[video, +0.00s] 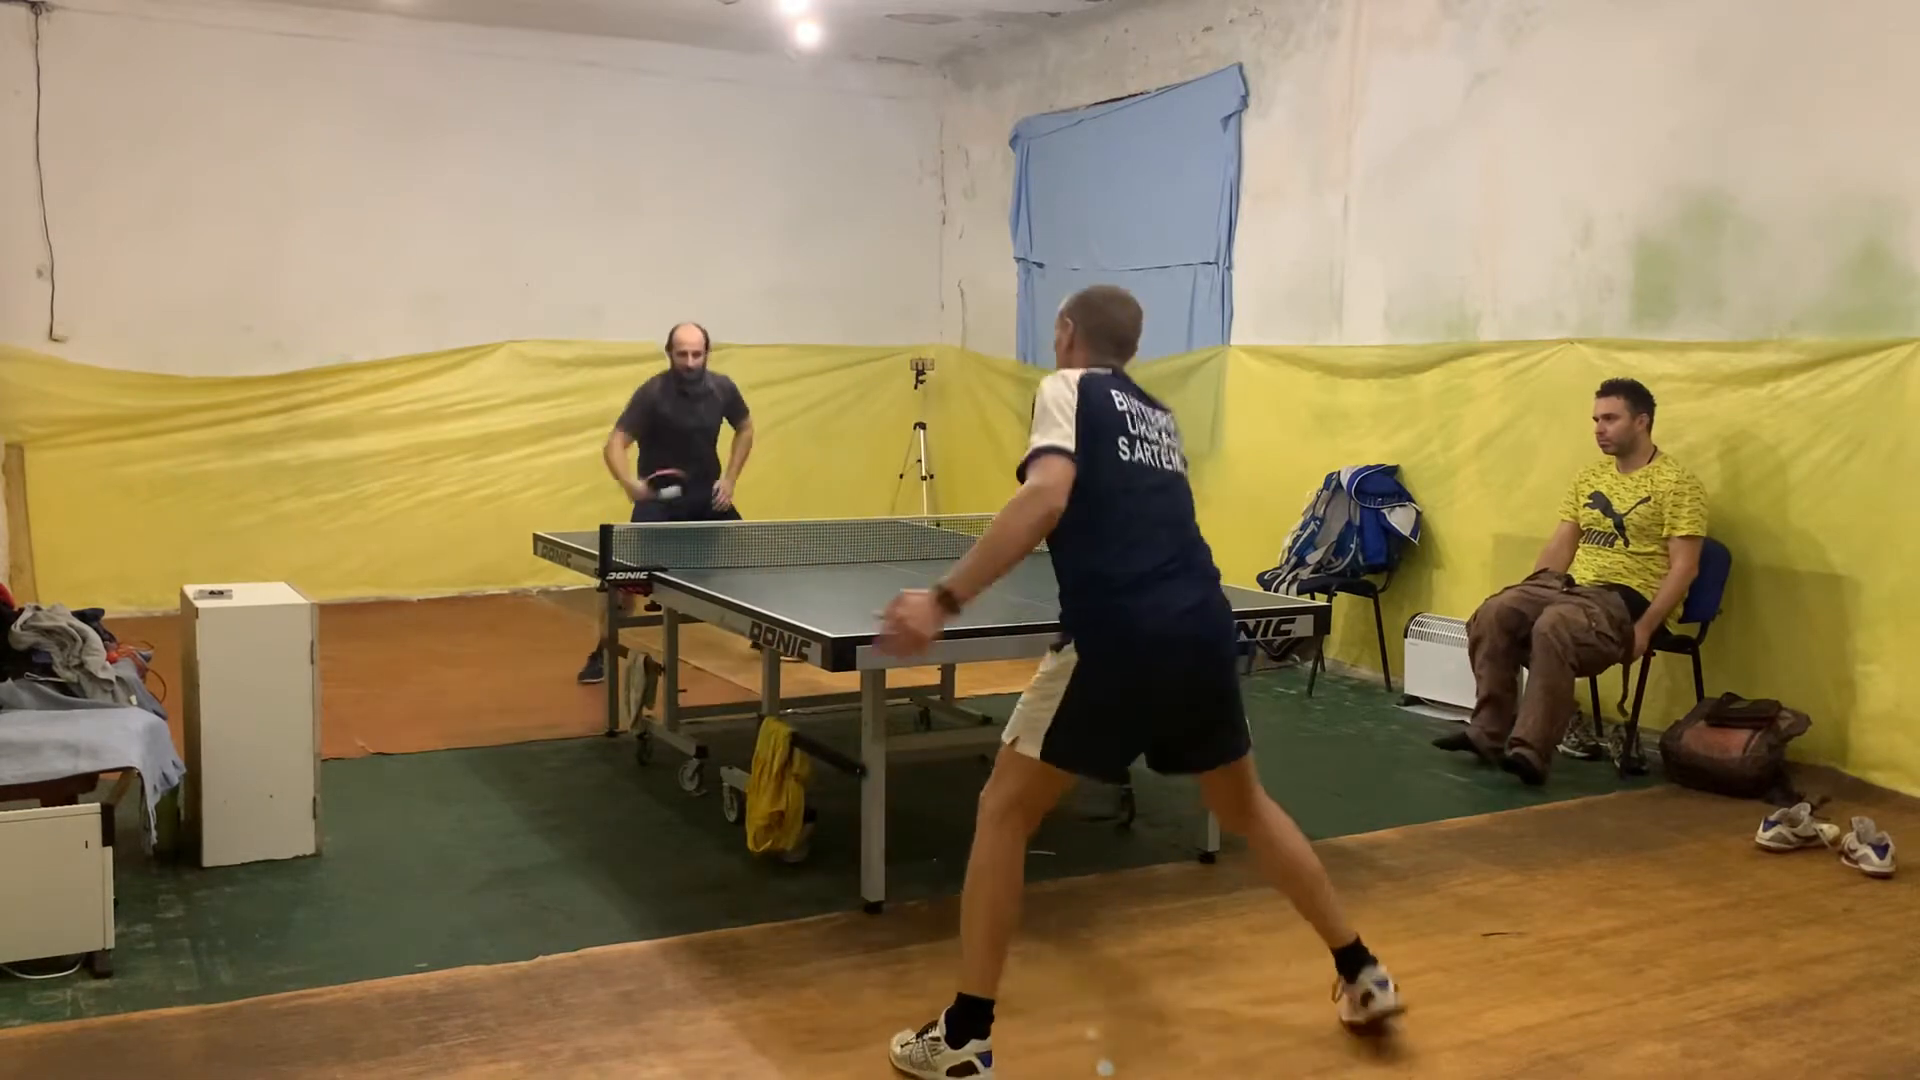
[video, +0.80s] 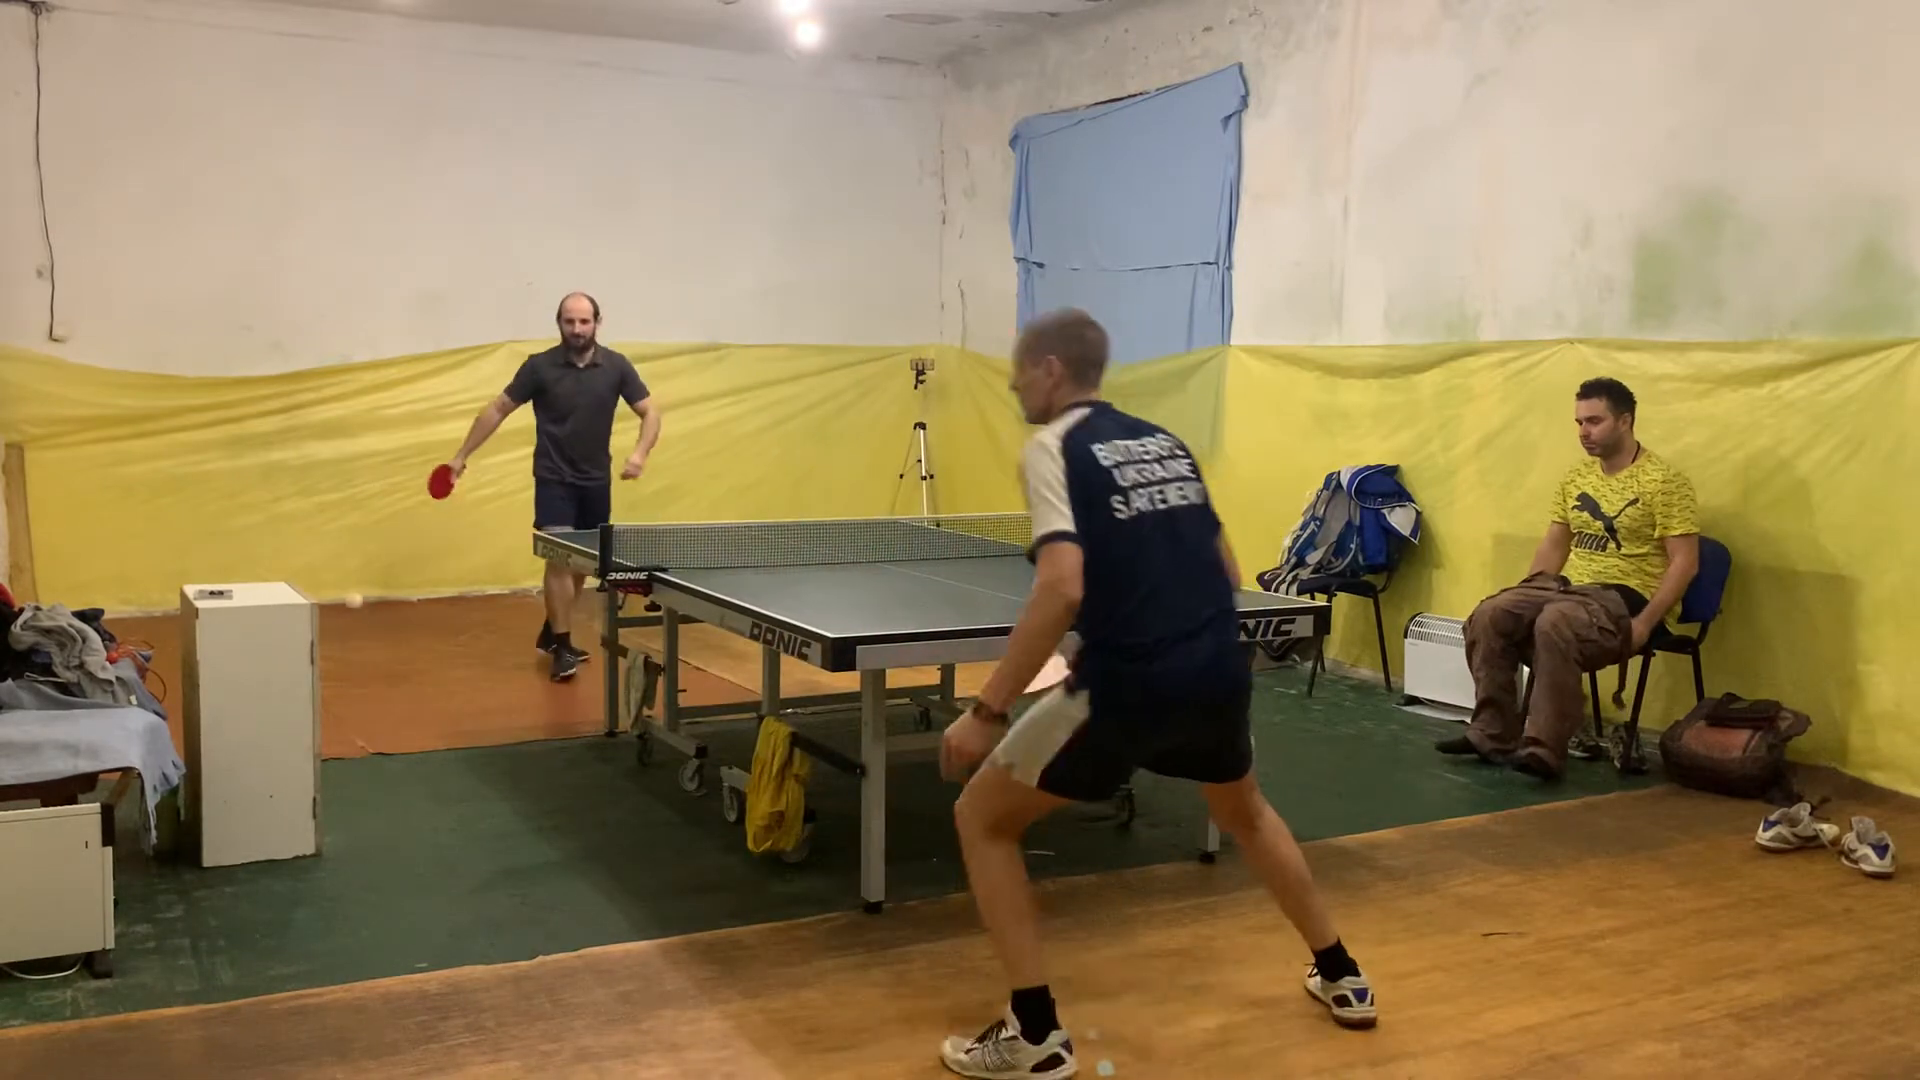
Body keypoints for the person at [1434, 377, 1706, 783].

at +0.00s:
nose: (1599, 429)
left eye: (1609, 419)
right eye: (1596, 420)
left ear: (1642, 421)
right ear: (1594, 422)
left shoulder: (1677, 482)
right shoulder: (1591, 476)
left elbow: (1684, 568)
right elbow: (1561, 545)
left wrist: (1644, 628)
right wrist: (1534, 593)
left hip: (1631, 596)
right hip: (1573, 588)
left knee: (1554, 626)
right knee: (1494, 615)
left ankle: (1531, 751)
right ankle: (1488, 734)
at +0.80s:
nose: (1583, 432)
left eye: (1593, 422)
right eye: (1579, 422)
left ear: (1626, 420)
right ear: (1576, 422)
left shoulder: (1663, 481)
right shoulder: (1577, 476)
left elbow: (1685, 561)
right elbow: (1554, 543)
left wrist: (1644, 622)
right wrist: (1532, 592)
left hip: (1631, 597)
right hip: (1570, 590)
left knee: (1555, 623)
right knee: (1489, 617)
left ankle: (1544, 749)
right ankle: (1493, 734)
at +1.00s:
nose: (1592, 412)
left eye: (1605, 404)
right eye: (1589, 403)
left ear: (1635, 411)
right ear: (1584, 408)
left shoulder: (1655, 472)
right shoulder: (1573, 462)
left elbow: (1639, 548)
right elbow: (1513, 492)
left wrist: (1557, 526)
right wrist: (1534, 449)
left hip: (1637, 601)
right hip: (1572, 593)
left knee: (1580, 651)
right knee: (1474, 630)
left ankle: (1577, 746)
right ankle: (1535, 722)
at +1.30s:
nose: (1587, 413)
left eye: (1599, 404)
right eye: (1585, 404)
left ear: (1632, 412)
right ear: (1582, 408)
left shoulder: (1656, 473)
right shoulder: (1569, 465)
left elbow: (1650, 550)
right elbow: (1531, 526)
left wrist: (1581, 516)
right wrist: (1497, 482)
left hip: (1637, 601)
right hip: (1571, 594)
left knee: (1579, 650)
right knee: (1474, 629)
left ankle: (1577, 745)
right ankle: (1535, 722)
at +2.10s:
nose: (1577, 416)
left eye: (1588, 406)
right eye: (1577, 407)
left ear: (1622, 412)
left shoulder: (1654, 472)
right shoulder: (1571, 468)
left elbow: (1649, 549)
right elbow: (1556, 546)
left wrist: (1580, 517)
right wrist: (1529, 529)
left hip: (1639, 601)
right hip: (1574, 595)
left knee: (1579, 649)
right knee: (1475, 629)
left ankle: (1577, 746)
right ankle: (1535, 723)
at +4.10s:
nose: (1579, 420)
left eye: (1590, 411)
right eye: (1577, 411)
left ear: (1623, 415)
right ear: (1576, 414)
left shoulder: (1657, 475)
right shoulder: (1569, 471)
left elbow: (1674, 555)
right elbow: (1537, 543)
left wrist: (1603, 533)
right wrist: (1544, 536)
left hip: (1638, 599)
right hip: (1572, 591)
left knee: (1579, 649)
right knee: (1475, 628)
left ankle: (1576, 746)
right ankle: (1535, 722)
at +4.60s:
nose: (1579, 420)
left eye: (1591, 410)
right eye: (1578, 411)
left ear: (1624, 416)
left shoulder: (1659, 476)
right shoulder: (1570, 470)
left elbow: (1674, 555)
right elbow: (1537, 543)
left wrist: (1603, 532)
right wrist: (1552, 532)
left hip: (1639, 599)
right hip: (1572, 591)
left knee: (1579, 649)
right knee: (1475, 628)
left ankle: (1577, 745)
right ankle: (1535, 721)